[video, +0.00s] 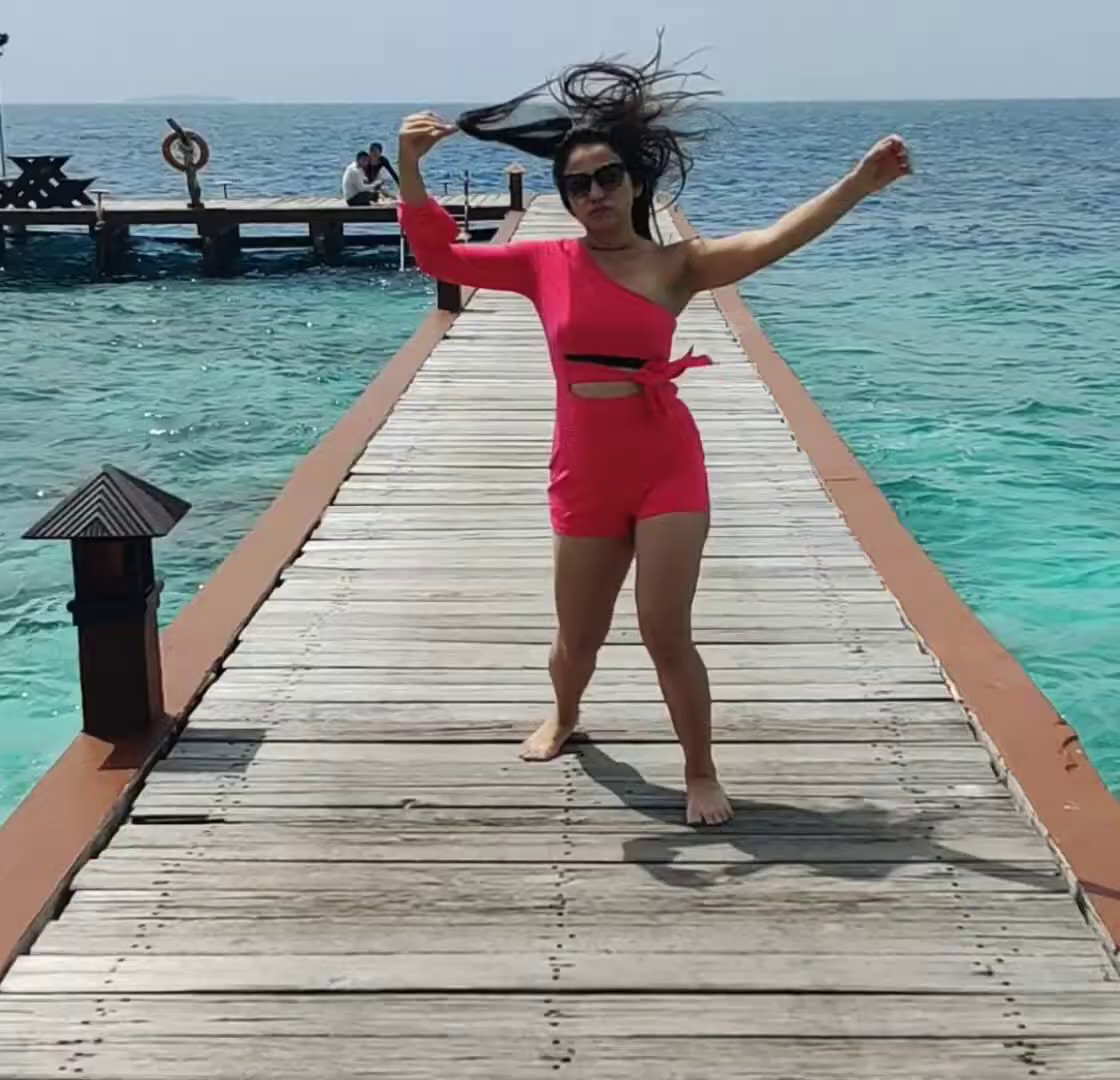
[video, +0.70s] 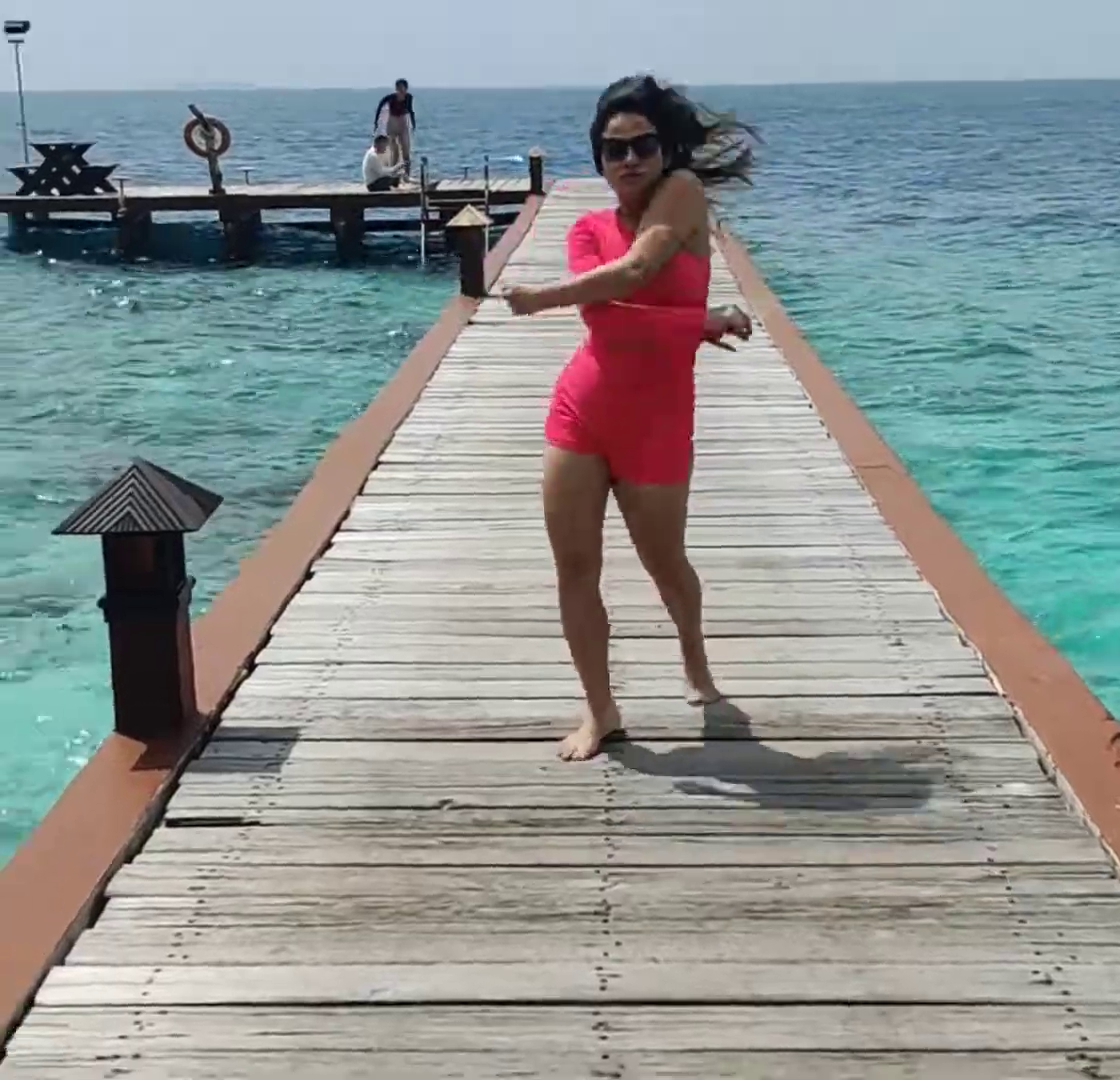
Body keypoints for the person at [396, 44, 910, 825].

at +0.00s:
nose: (595, 193)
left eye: (608, 177)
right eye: (578, 182)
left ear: (637, 181)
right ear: (563, 193)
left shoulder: (677, 264)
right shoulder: (545, 262)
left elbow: (770, 243)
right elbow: (444, 259)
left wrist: (855, 187)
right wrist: (409, 168)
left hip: (666, 465)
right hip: (582, 469)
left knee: (665, 631)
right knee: (577, 637)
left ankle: (700, 773)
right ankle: (563, 721)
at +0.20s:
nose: (584, 206)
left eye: (597, 191)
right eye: (569, 195)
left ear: (620, 198)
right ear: (551, 207)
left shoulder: (653, 279)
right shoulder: (524, 271)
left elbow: (741, 269)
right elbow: (418, 268)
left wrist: (823, 224)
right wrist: (341, 221)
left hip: (639, 467)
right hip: (555, 474)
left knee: (651, 631)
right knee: (550, 647)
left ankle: (696, 781)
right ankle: (562, 730)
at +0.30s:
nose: (574, 197)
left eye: (588, 183)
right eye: (559, 186)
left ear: (613, 194)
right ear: (542, 199)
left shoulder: (639, 281)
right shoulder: (515, 266)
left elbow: (721, 277)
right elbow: (412, 267)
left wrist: (809, 265)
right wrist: (316, 256)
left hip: (624, 459)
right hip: (540, 466)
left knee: (637, 611)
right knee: (535, 633)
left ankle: (688, 754)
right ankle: (557, 735)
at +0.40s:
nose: (576, 177)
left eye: (590, 165)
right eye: (561, 168)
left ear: (612, 176)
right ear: (545, 182)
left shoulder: (634, 256)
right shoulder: (520, 251)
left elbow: (671, 282)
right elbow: (434, 284)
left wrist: (726, 292)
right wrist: (342, 301)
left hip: (619, 440)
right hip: (539, 445)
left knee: (622, 590)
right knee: (540, 613)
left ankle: (665, 688)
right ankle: (558, 740)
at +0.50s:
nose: (591, 147)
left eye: (604, 133)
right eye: (575, 137)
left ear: (629, 140)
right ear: (558, 150)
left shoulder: (655, 208)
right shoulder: (540, 218)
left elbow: (632, 260)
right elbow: (518, 288)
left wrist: (596, 302)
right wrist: (497, 333)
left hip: (631, 414)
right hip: (552, 414)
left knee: (633, 583)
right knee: (554, 587)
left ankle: (667, 643)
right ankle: (566, 729)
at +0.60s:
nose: (596, 131)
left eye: (610, 117)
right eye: (580, 120)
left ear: (636, 120)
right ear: (564, 130)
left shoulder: (656, 180)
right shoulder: (549, 201)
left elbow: (610, 247)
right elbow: (558, 280)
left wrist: (528, 299)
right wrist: (593, 331)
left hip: (632, 400)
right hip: (551, 398)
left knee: (639, 567)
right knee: (553, 569)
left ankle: (670, 631)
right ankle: (566, 707)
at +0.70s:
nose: (630, 160)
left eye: (644, 145)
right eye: (615, 148)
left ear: (668, 149)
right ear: (599, 158)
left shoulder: (684, 193)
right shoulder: (588, 232)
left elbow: (636, 271)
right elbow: (612, 321)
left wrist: (543, 297)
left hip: (656, 422)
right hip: (579, 414)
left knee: (666, 565)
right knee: (574, 572)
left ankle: (697, 669)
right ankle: (599, 709)